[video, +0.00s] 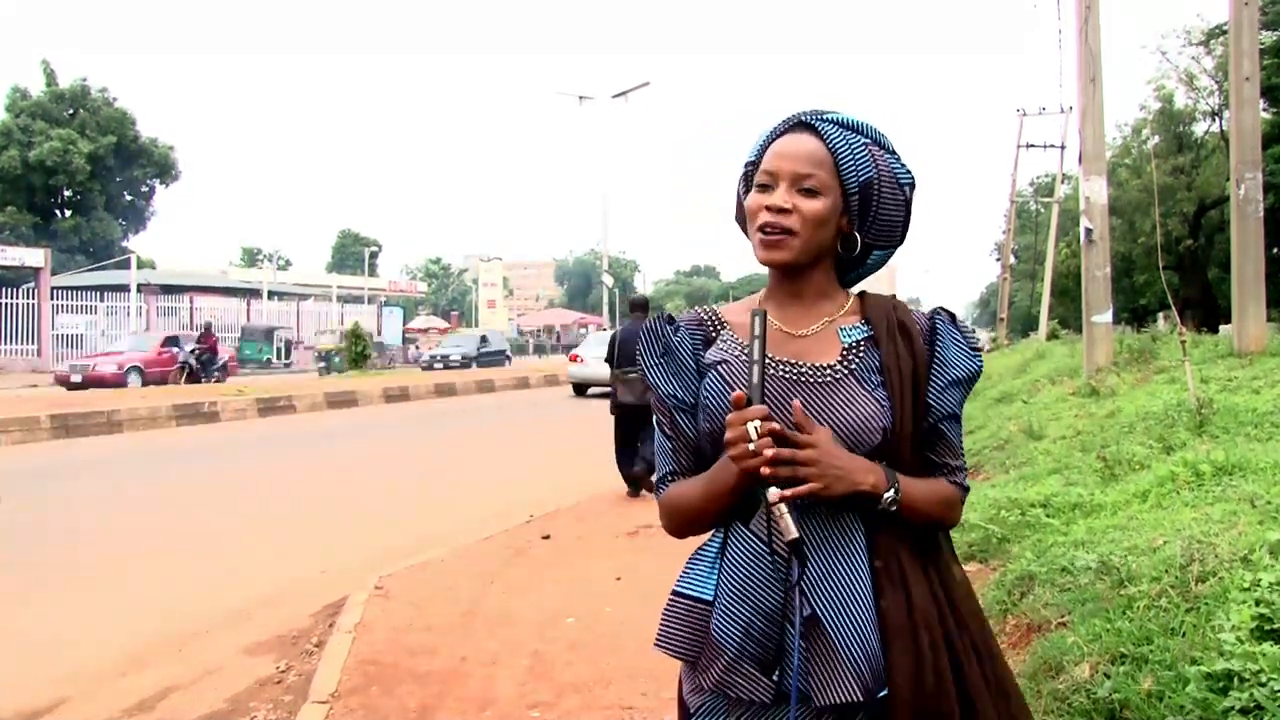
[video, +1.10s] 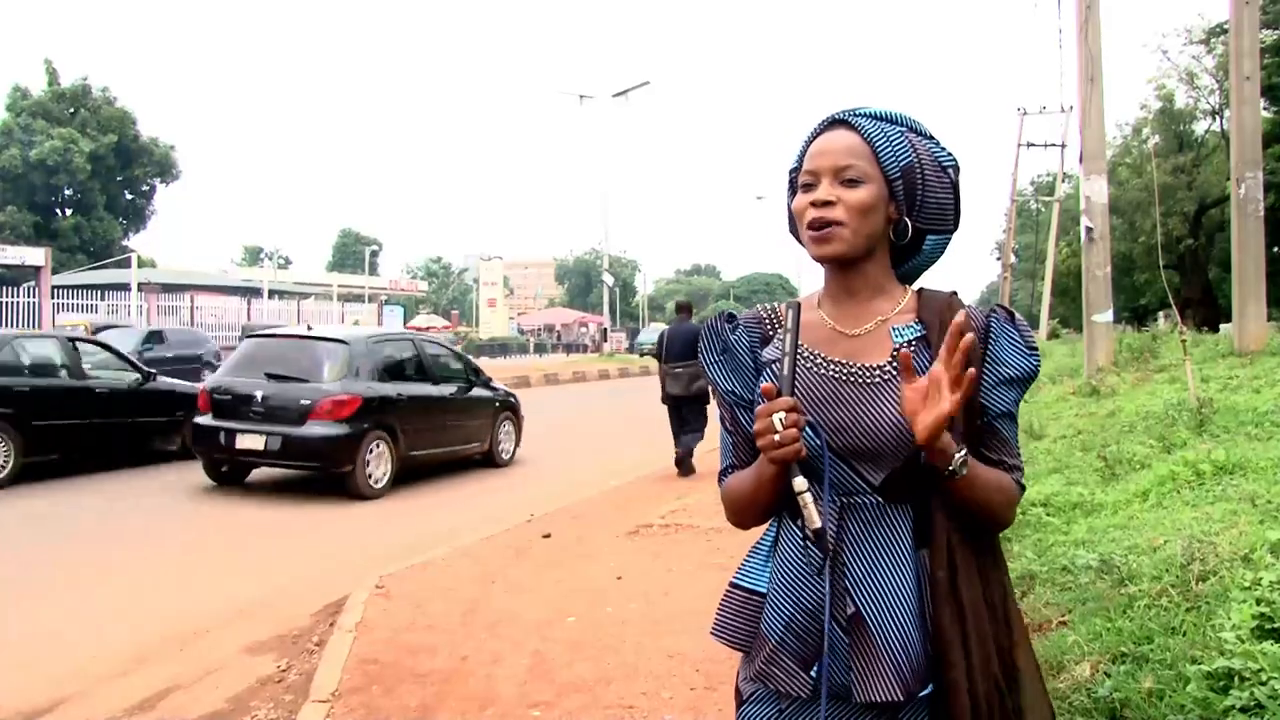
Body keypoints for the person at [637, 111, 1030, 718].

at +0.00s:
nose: (776, 203)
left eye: (806, 190)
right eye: (764, 185)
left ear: (848, 217)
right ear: (745, 200)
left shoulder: (911, 339)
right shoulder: (699, 339)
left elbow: (950, 500)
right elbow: (674, 516)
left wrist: (865, 475)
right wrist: (732, 468)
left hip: (878, 630)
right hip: (742, 636)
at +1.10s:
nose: (821, 198)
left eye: (849, 181)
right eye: (807, 184)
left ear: (897, 205)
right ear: (793, 206)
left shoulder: (959, 330)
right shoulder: (758, 339)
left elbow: (1003, 506)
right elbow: (739, 510)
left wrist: (940, 447)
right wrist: (770, 463)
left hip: (928, 624)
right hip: (799, 624)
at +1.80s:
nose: (821, 219)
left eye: (849, 202)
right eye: (807, 203)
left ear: (896, 226)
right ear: (790, 223)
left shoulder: (955, 342)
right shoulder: (760, 356)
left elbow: (1006, 514)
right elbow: (743, 525)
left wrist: (968, 395)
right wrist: (783, 486)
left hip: (930, 627)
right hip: (806, 627)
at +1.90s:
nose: (824, 208)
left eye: (850, 190)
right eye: (808, 196)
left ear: (900, 213)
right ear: (791, 220)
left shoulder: (961, 322)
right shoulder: (762, 347)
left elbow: (1014, 491)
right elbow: (742, 517)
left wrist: (975, 323)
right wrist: (781, 473)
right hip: (806, 635)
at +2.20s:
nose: (808, 200)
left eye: (835, 182)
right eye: (794, 188)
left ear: (892, 203)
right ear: (781, 212)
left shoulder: (954, 318)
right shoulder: (751, 336)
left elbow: (1023, 471)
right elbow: (733, 511)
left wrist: (977, 299)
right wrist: (757, 456)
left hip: (909, 627)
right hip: (782, 626)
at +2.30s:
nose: (796, 205)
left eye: (822, 184)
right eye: (783, 191)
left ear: (877, 201)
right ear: (772, 210)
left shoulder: (947, 327)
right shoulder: (750, 338)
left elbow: (996, 492)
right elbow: (730, 511)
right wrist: (751, 462)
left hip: (904, 623)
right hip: (779, 621)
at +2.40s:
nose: (786, 206)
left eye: (812, 183)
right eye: (774, 193)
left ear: (870, 197)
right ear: (766, 209)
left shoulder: (944, 333)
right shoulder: (746, 337)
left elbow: (972, 503)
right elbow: (727, 508)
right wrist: (745, 462)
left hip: (896, 632)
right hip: (772, 631)